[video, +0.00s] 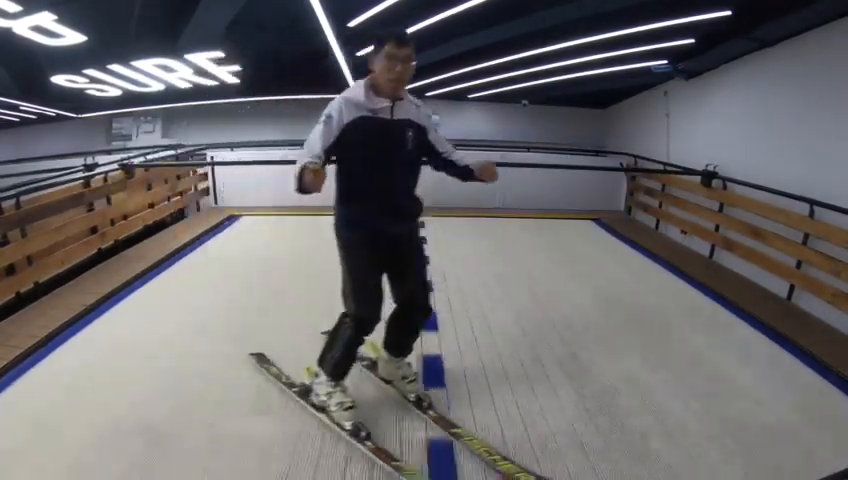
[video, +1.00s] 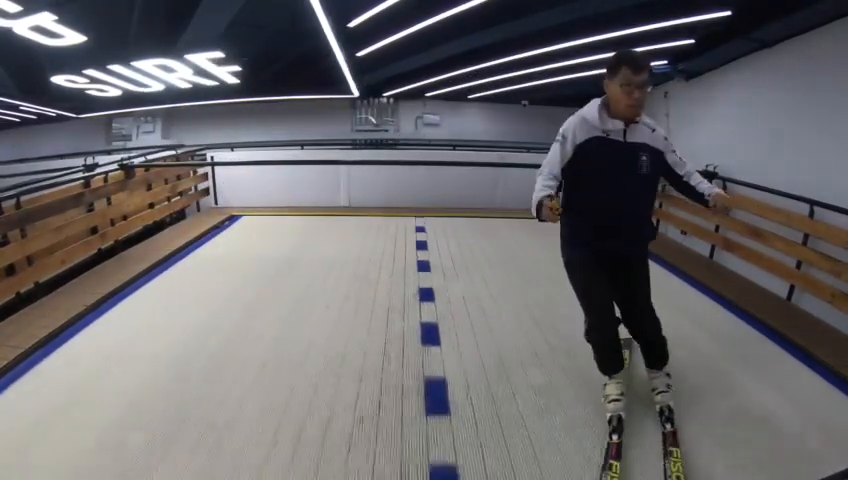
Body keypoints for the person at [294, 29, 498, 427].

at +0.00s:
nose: (400, 71)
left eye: (407, 63)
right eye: (392, 62)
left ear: (413, 67)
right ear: (373, 62)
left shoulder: (416, 114)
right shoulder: (346, 107)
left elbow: (441, 157)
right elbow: (312, 155)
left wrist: (473, 172)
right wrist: (310, 175)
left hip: (402, 224)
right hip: (357, 224)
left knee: (415, 303)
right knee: (364, 311)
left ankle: (392, 361)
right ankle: (326, 380)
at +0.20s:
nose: (491, 66)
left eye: (496, 58)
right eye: (483, 57)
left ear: (500, 62)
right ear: (461, 57)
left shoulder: (496, 110)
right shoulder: (432, 98)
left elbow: (520, 152)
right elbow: (393, 149)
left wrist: (553, 166)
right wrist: (399, 168)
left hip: (477, 213)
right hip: (434, 213)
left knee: (490, 297)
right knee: (443, 298)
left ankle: (470, 348)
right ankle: (414, 359)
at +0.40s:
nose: (563, 79)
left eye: (568, 72)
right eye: (555, 70)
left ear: (572, 76)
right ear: (533, 67)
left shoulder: (558, 119)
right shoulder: (500, 106)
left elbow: (579, 161)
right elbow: (465, 158)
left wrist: (616, 180)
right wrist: (480, 182)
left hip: (540, 216)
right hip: (499, 216)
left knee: (556, 294)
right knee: (518, 300)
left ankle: (544, 340)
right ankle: (510, 351)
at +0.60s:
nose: (609, 89)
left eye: (614, 82)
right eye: (602, 80)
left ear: (618, 85)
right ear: (579, 77)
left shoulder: (606, 125)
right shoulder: (549, 115)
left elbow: (628, 163)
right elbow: (518, 170)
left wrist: (657, 183)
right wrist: (537, 196)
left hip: (591, 225)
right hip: (552, 227)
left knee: (605, 296)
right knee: (571, 299)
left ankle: (605, 346)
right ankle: (578, 358)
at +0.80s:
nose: (634, 95)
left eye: (639, 87)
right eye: (626, 87)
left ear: (644, 89)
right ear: (604, 84)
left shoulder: (641, 132)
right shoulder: (576, 123)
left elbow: (665, 172)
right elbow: (546, 175)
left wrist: (697, 190)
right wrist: (557, 204)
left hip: (622, 234)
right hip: (580, 235)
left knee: (637, 305)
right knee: (599, 308)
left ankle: (644, 357)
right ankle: (609, 368)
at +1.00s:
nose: (637, 96)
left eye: (643, 88)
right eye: (629, 88)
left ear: (648, 89)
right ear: (607, 85)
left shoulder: (653, 136)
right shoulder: (578, 127)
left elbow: (680, 173)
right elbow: (548, 174)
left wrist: (710, 193)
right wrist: (543, 201)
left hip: (630, 241)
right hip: (583, 241)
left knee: (639, 311)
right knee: (599, 317)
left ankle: (658, 371)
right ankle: (612, 377)